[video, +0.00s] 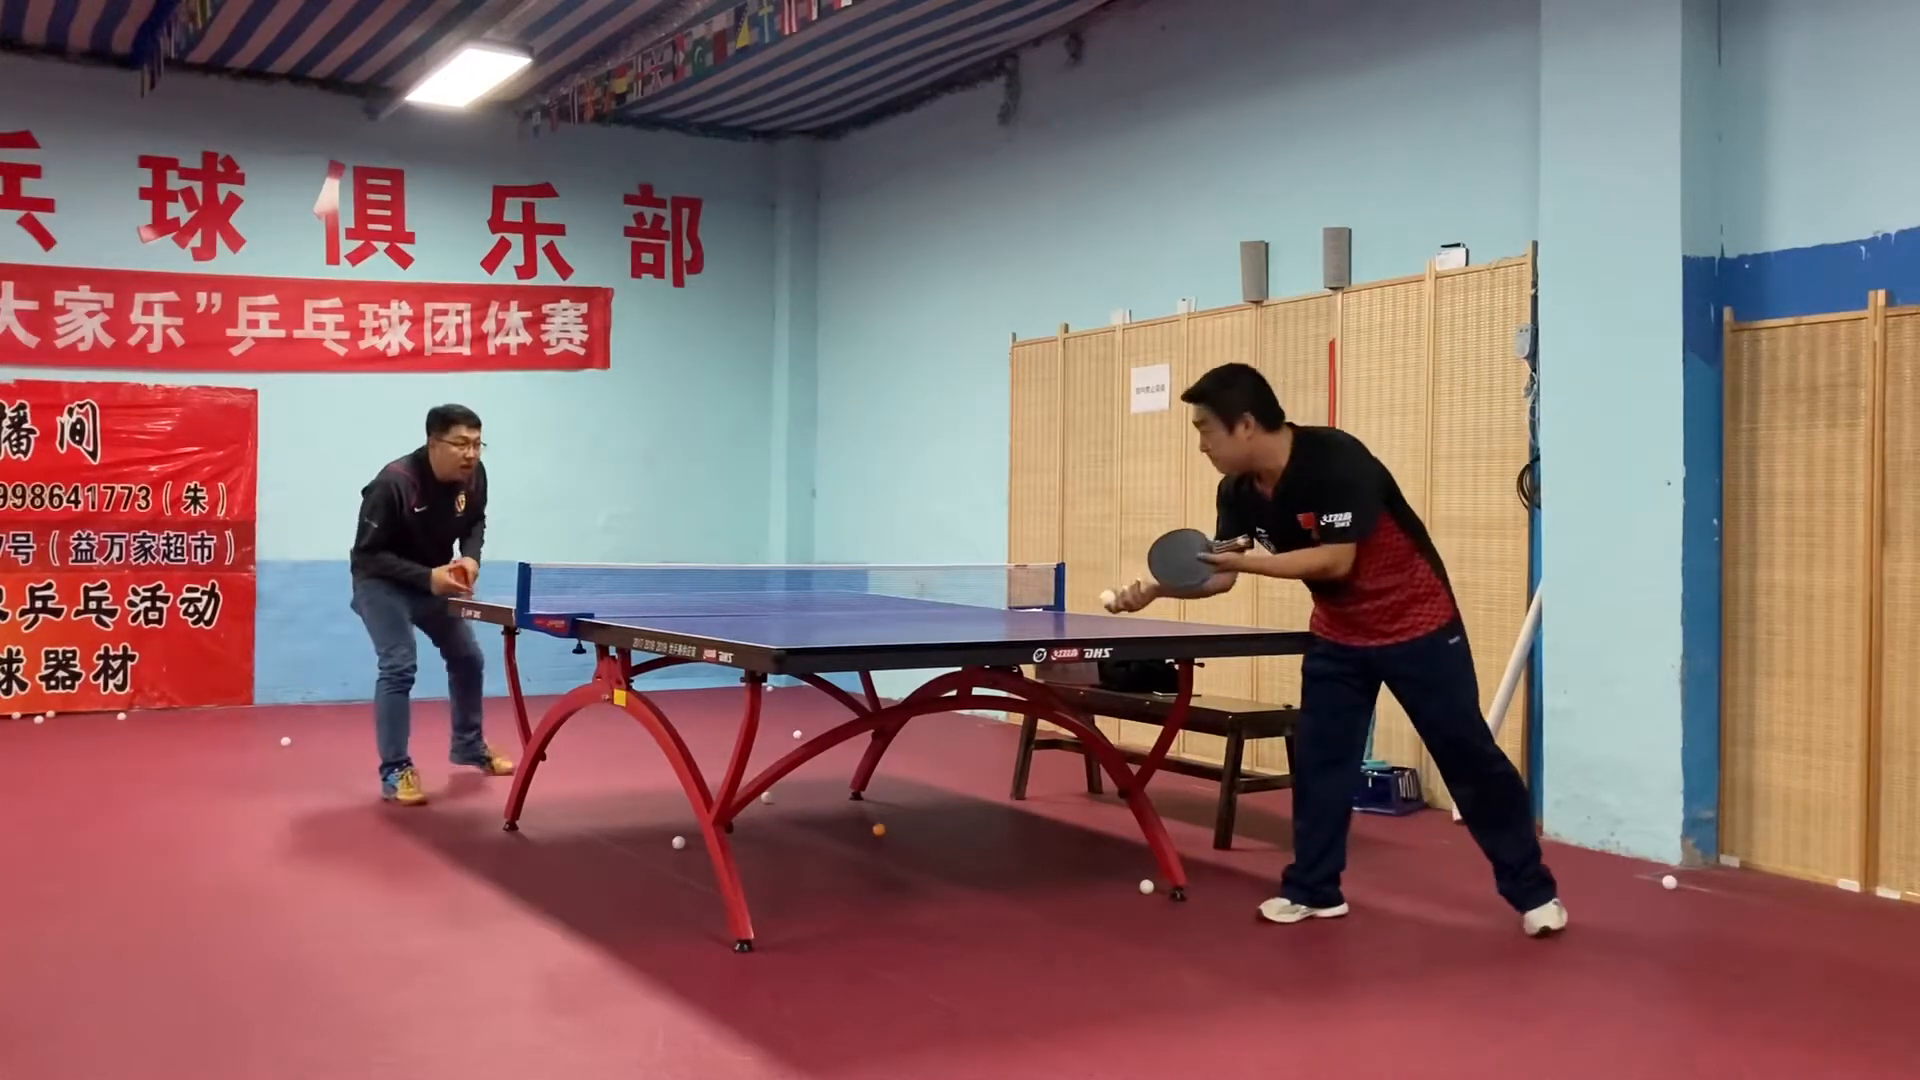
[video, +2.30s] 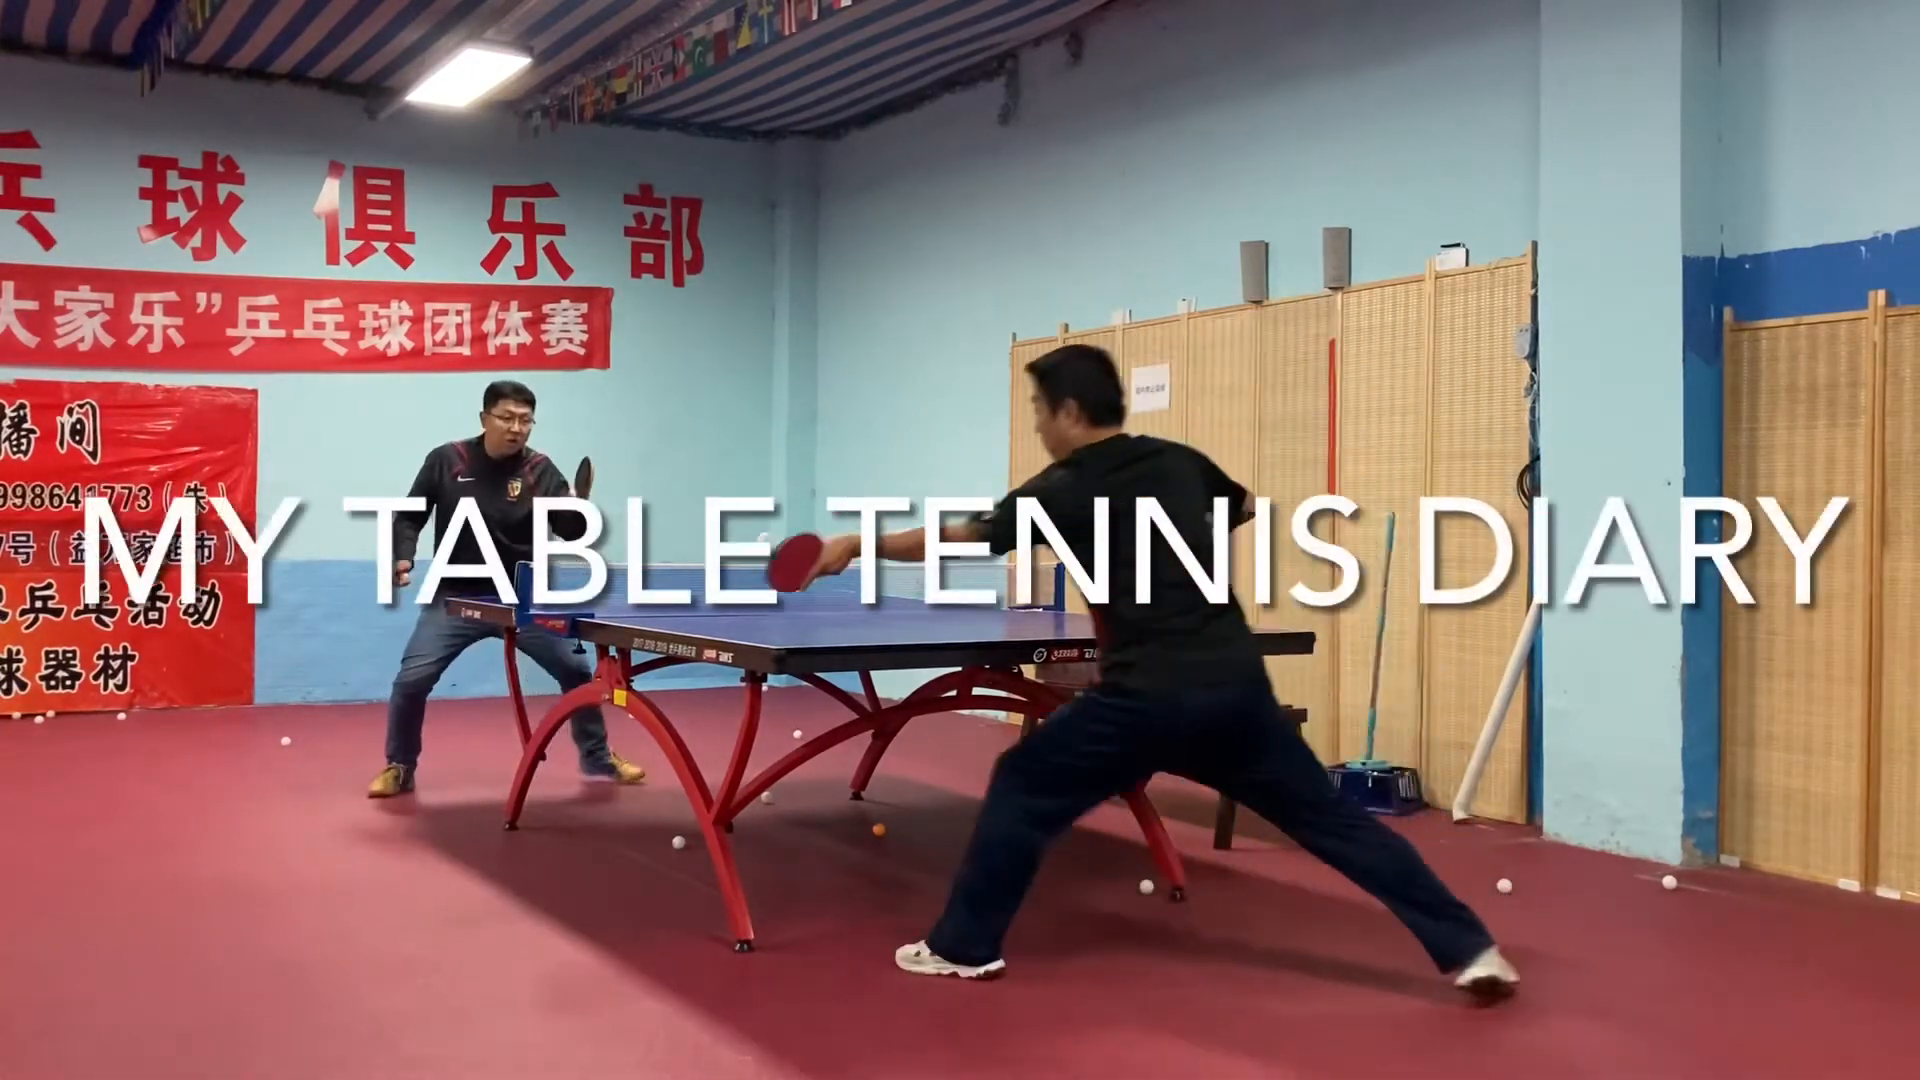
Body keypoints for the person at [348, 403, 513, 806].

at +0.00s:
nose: (470, 454)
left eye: (476, 444)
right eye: (461, 444)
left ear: (480, 444)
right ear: (432, 443)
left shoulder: (473, 475)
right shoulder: (393, 483)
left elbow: (475, 523)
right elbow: (367, 556)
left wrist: (470, 558)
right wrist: (427, 577)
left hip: (432, 582)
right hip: (381, 582)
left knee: (468, 658)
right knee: (399, 665)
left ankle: (468, 746)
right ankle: (395, 770)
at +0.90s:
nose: (524, 440)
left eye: (530, 433)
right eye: (516, 430)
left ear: (534, 439)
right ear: (490, 429)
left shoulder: (507, 484)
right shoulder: (451, 463)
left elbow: (501, 533)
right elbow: (412, 527)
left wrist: (508, 570)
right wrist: (463, 565)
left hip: (440, 581)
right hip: (393, 573)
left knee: (472, 658)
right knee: (382, 655)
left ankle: (469, 756)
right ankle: (350, 763)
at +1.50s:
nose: (487, 430)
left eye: (493, 423)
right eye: (478, 420)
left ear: (496, 425)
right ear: (450, 417)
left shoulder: (489, 464)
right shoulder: (398, 453)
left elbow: (507, 515)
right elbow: (363, 517)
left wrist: (536, 538)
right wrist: (404, 554)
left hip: (457, 594)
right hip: (394, 595)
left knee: (513, 659)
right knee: (358, 676)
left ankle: (534, 766)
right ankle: (307, 775)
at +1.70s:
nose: (534, 454)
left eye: (542, 446)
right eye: (526, 443)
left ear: (549, 446)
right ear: (500, 437)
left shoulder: (546, 486)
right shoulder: (456, 459)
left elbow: (561, 541)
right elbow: (410, 501)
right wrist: (409, 546)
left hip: (505, 609)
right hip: (441, 601)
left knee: (541, 667)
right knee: (381, 679)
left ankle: (556, 780)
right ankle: (325, 776)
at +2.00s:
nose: (538, 438)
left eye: (547, 430)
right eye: (529, 428)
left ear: (555, 431)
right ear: (506, 425)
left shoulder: (561, 480)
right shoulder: (471, 453)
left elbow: (569, 546)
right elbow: (439, 499)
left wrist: (552, 598)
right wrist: (425, 548)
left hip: (527, 602)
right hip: (462, 593)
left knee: (545, 668)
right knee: (405, 676)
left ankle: (557, 779)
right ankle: (382, 766)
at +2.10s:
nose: (525, 428)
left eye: (532, 419)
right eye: (515, 418)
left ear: (540, 422)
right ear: (491, 418)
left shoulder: (549, 470)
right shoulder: (454, 452)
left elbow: (564, 539)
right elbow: (414, 502)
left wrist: (547, 594)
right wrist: (411, 549)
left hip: (521, 597)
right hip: (457, 592)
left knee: (550, 671)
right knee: (411, 680)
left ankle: (563, 777)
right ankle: (401, 766)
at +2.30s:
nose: (516, 428)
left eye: (524, 420)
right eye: (506, 418)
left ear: (531, 424)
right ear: (484, 418)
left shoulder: (540, 470)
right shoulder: (446, 461)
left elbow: (576, 532)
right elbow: (409, 514)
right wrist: (401, 557)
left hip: (522, 601)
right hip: (456, 599)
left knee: (576, 668)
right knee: (410, 681)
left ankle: (598, 759)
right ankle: (399, 766)